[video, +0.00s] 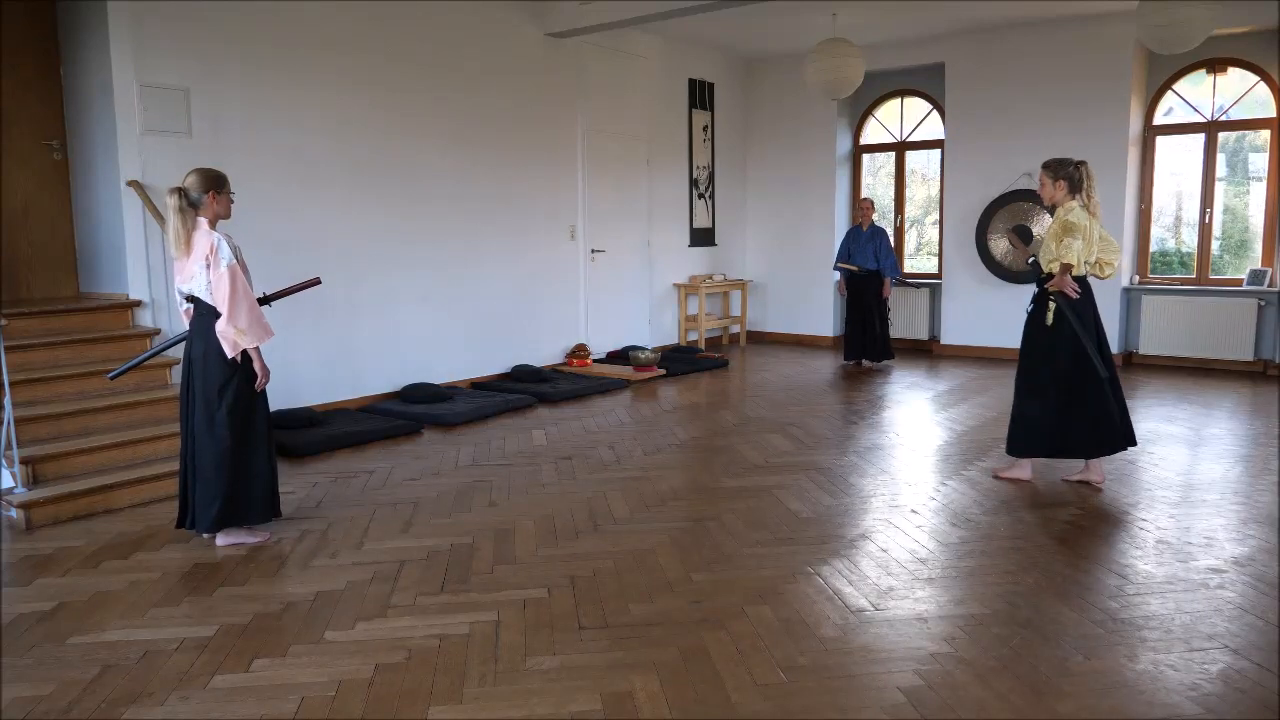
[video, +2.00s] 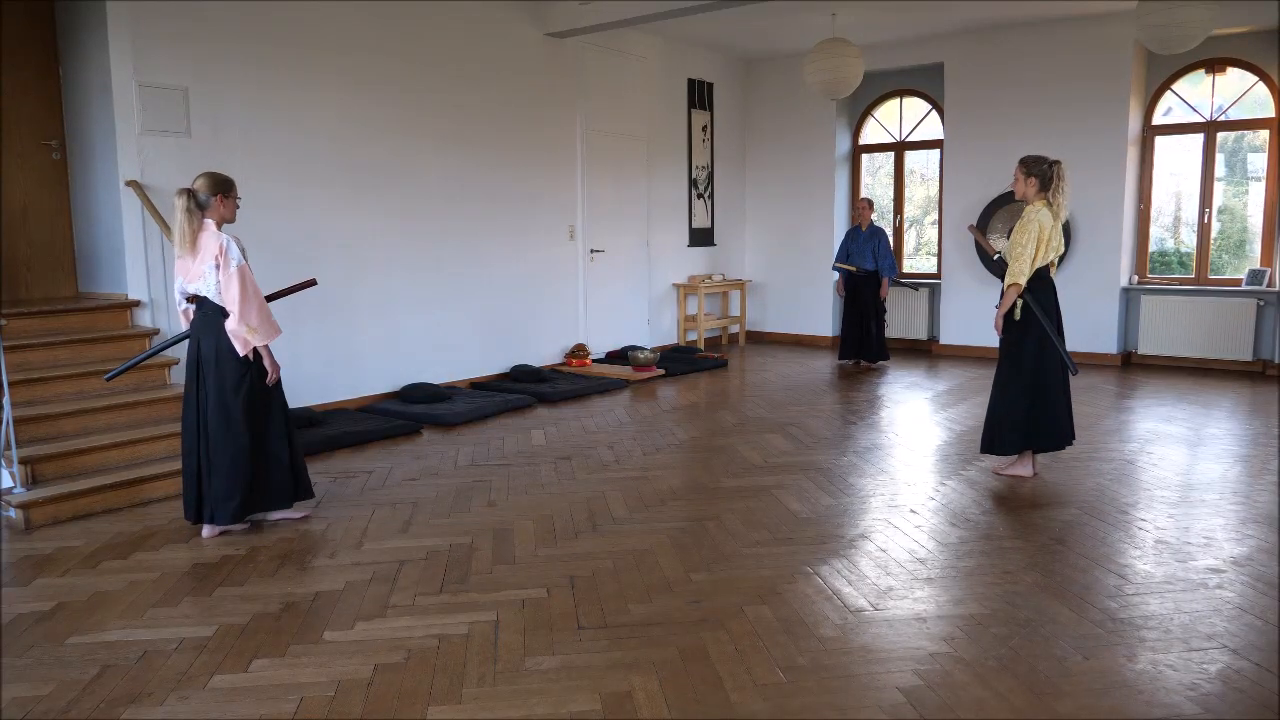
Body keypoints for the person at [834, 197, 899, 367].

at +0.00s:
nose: (864, 212)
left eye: (867, 209)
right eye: (861, 209)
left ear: (873, 211)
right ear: (858, 211)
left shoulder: (880, 233)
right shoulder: (852, 232)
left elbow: (887, 259)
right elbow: (843, 257)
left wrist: (887, 283)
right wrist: (842, 278)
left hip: (873, 278)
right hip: (854, 278)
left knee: (873, 317)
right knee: (855, 317)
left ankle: (871, 358)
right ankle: (855, 356)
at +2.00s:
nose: (860, 211)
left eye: (863, 208)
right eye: (858, 208)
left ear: (871, 211)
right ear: (855, 211)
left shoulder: (878, 233)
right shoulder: (851, 232)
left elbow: (886, 260)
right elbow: (842, 257)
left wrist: (885, 284)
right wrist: (840, 279)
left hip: (871, 279)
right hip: (853, 278)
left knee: (870, 318)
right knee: (853, 317)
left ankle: (870, 358)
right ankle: (855, 356)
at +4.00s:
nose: (835, 214)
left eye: (838, 211)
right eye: (833, 212)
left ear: (847, 214)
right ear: (832, 214)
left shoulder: (856, 236)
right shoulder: (826, 235)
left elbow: (864, 262)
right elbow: (818, 260)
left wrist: (865, 286)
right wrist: (816, 282)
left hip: (850, 283)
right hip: (829, 283)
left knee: (852, 322)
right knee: (826, 321)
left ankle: (854, 360)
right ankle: (825, 359)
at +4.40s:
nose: (815, 215)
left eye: (818, 212)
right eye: (813, 212)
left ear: (827, 213)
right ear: (811, 214)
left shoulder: (836, 236)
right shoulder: (807, 235)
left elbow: (844, 262)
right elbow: (798, 260)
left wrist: (844, 288)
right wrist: (795, 283)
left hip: (830, 283)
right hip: (810, 283)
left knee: (830, 323)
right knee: (810, 322)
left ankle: (832, 361)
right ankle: (813, 360)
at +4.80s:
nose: (798, 215)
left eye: (801, 212)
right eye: (796, 212)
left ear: (811, 213)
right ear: (794, 214)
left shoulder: (820, 236)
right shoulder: (790, 236)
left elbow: (829, 264)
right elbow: (781, 262)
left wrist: (830, 289)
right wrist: (779, 286)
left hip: (813, 284)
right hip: (794, 284)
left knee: (809, 324)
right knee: (792, 324)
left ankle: (804, 365)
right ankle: (790, 364)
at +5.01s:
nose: (790, 215)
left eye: (794, 212)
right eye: (788, 212)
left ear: (803, 213)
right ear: (787, 214)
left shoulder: (813, 236)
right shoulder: (782, 236)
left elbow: (822, 264)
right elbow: (773, 262)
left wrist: (822, 289)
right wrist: (771, 286)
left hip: (806, 285)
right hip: (785, 284)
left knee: (803, 326)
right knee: (784, 325)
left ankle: (800, 366)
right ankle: (783, 364)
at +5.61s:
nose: (756, 213)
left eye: (760, 210)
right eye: (754, 210)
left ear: (770, 211)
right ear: (752, 212)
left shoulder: (780, 235)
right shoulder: (748, 236)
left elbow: (789, 264)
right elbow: (740, 264)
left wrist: (787, 288)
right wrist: (738, 288)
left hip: (774, 286)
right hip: (752, 286)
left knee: (776, 328)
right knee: (751, 329)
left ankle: (779, 370)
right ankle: (753, 371)